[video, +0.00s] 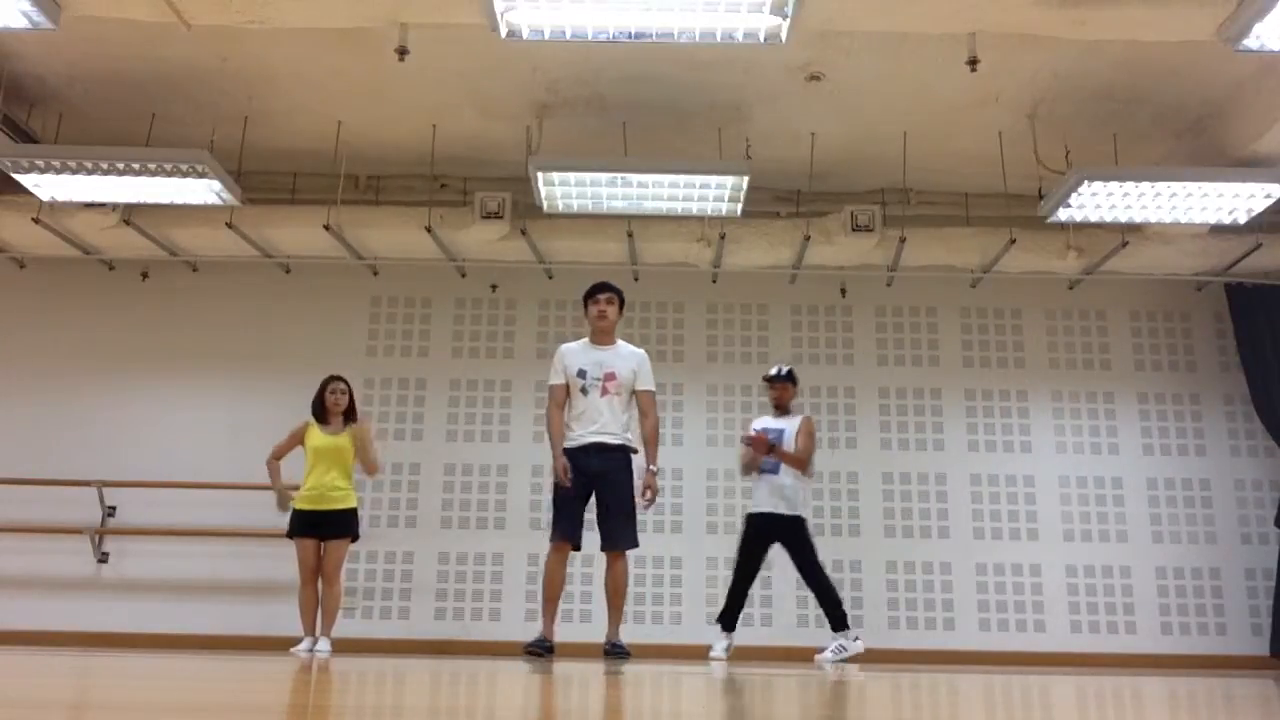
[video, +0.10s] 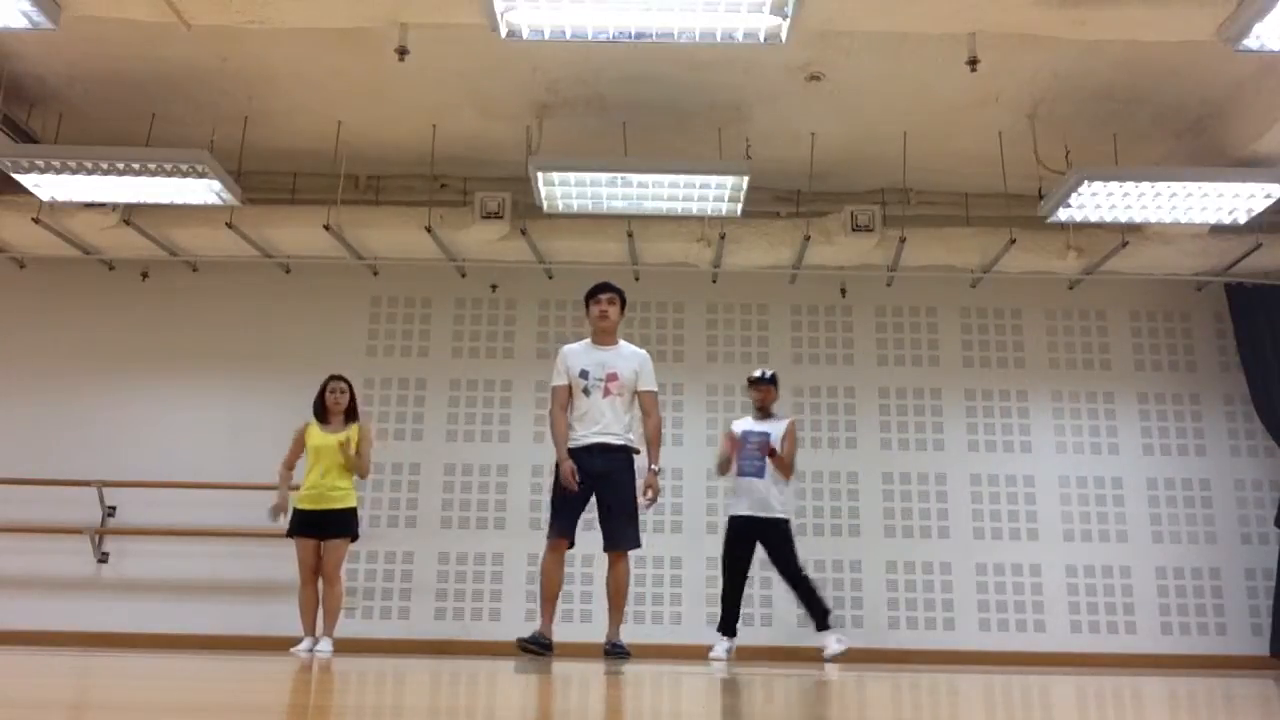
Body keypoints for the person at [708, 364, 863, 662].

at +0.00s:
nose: (775, 394)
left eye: (781, 388)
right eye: (771, 388)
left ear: (793, 391)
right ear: (767, 391)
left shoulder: (803, 423)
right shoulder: (760, 424)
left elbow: (803, 464)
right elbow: (746, 468)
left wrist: (771, 450)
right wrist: (755, 451)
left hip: (790, 515)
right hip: (760, 513)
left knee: (813, 576)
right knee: (742, 576)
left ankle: (845, 636)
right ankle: (724, 635)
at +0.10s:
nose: (760, 396)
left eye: (765, 390)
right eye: (755, 390)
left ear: (775, 394)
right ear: (749, 393)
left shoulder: (785, 426)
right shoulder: (738, 427)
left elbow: (787, 472)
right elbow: (721, 470)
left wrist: (771, 453)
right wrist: (729, 453)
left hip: (773, 515)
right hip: (741, 514)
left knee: (792, 574)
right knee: (732, 579)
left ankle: (828, 633)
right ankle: (725, 638)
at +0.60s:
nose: (728, 408)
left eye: (733, 403)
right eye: (723, 403)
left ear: (741, 405)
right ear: (716, 406)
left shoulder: (751, 436)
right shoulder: (709, 434)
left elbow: (767, 467)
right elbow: (687, 469)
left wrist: (758, 437)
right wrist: (699, 440)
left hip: (738, 513)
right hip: (710, 511)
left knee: (729, 577)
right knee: (714, 576)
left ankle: (719, 636)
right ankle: (721, 636)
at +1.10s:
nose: (718, 413)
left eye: (723, 408)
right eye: (713, 407)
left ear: (730, 410)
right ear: (705, 409)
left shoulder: (738, 437)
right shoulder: (694, 435)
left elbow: (772, 442)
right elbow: (660, 430)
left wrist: (749, 417)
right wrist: (688, 410)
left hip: (727, 516)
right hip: (697, 514)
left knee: (722, 579)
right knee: (692, 573)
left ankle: (715, 638)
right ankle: (687, 631)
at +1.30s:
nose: (712, 412)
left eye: (717, 407)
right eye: (707, 407)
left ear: (723, 410)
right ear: (699, 409)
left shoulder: (732, 436)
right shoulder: (688, 434)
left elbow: (767, 431)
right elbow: (654, 420)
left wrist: (741, 408)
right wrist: (685, 401)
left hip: (722, 515)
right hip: (692, 514)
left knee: (719, 580)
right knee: (690, 579)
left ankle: (715, 639)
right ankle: (686, 637)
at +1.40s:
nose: (709, 412)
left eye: (713, 408)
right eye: (704, 407)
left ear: (719, 411)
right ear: (695, 410)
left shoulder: (727, 436)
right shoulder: (684, 433)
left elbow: (763, 428)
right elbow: (650, 418)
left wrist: (736, 406)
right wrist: (680, 399)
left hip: (719, 515)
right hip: (690, 514)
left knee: (718, 579)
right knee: (689, 579)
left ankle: (715, 638)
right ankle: (687, 638)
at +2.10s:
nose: (694, 408)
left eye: (699, 404)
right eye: (689, 404)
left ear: (706, 409)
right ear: (682, 410)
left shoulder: (717, 438)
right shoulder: (671, 436)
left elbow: (754, 450)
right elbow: (642, 453)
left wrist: (745, 420)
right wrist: (631, 430)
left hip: (709, 518)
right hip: (679, 517)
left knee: (712, 579)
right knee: (683, 581)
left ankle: (714, 638)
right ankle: (685, 639)